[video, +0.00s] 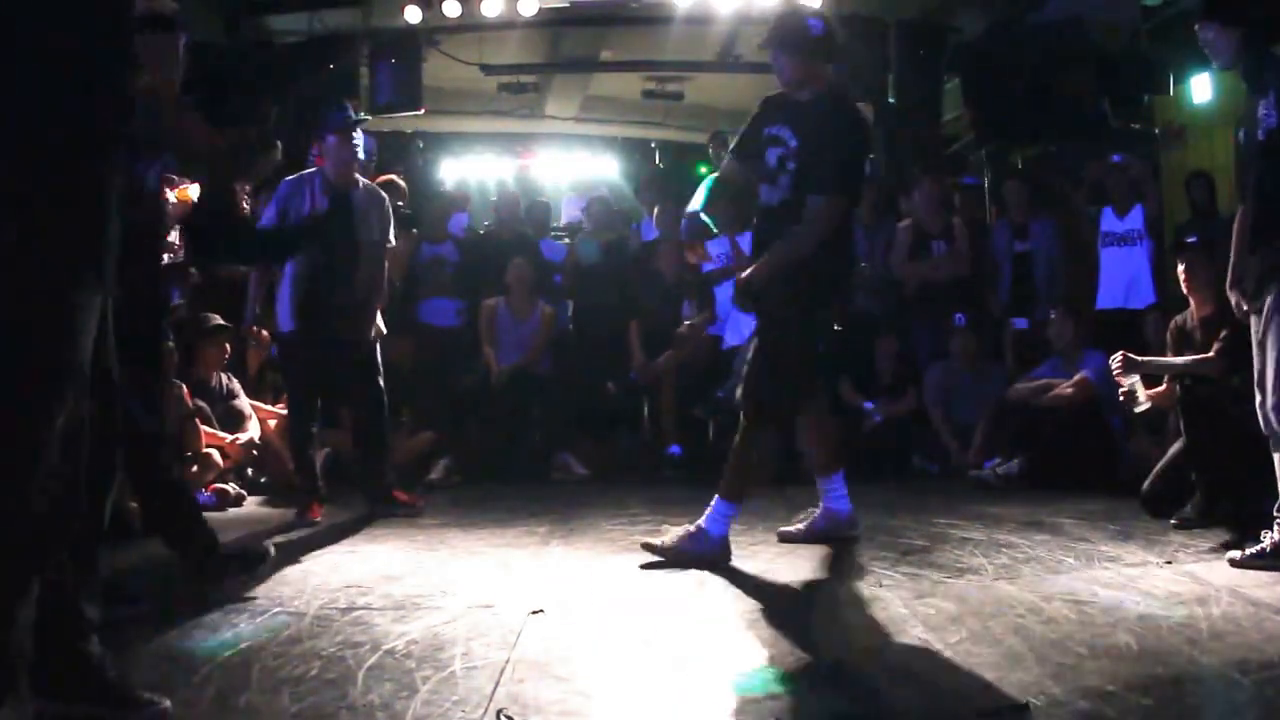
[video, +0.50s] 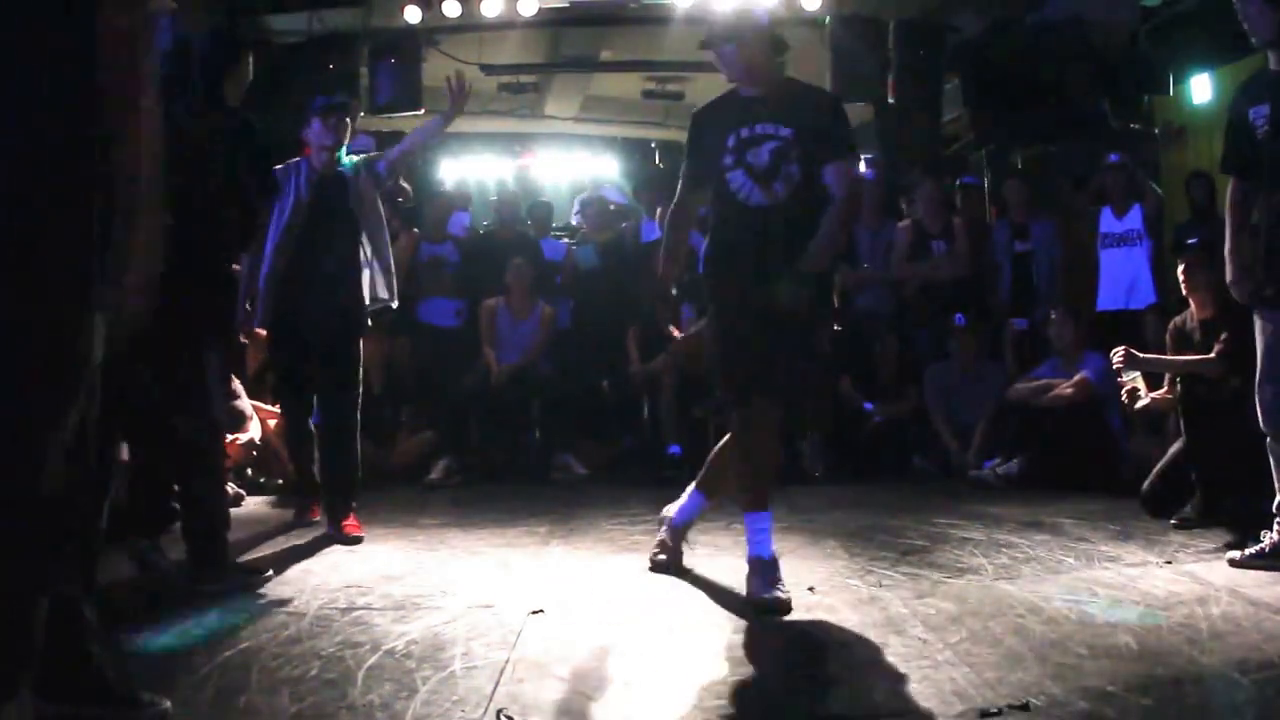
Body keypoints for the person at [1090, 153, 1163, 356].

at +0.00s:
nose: (1118, 181)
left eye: (1123, 175)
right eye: (1113, 176)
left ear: (1133, 180)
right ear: (1106, 182)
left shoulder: (1146, 214)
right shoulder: (1098, 215)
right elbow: (1079, 208)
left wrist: (1141, 175)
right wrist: (1091, 180)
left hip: (1142, 303)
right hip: (1108, 303)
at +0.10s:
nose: (1116, 182)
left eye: (1121, 177)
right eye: (1112, 177)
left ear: (1129, 181)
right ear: (1106, 183)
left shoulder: (1145, 214)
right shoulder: (1098, 215)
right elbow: (1076, 206)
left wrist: (1148, 177)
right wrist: (1088, 176)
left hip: (1141, 303)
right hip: (1108, 304)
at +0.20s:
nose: (1115, 181)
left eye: (1120, 174)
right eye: (1110, 175)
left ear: (1130, 179)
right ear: (1103, 180)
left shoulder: (1145, 213)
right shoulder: (1098, 214)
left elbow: (1155, 194)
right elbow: (1079, 203)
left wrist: (1142, 170)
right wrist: (1096, 174)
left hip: (1141, 301)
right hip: (1108, 302)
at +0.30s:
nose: (1115, 180)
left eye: (1120, 173)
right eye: (1109, 174)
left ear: (1131, 179)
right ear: (1102, 180)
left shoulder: (1144, 212)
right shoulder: (1098, 214)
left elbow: (1155, 194)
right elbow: (1081, 200)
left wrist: (1138, 171)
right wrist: (1095, 177)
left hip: (1141, 302)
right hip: (1108, 302)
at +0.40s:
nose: (1115, 182)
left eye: (1119, 176)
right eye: (1110, 176)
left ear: (1129, 181)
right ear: (1105, 181)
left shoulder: (1142, 211)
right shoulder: (1100, 213)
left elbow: (1154, 195)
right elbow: (1079, 202)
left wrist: (1134, 174)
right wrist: (1100, 179)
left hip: (1140, 300)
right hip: (1109, 300)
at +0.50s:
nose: (1115, 180)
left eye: (1120, 174)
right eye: (1109, 174)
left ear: (1129, 178)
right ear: (1103, 179)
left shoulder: (1143, 211)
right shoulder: (1098, 214)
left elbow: (1156, 199)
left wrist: (1135, 175)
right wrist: (1100, 178)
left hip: (1141, 297)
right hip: (1108, 298)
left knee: (1150, 354)